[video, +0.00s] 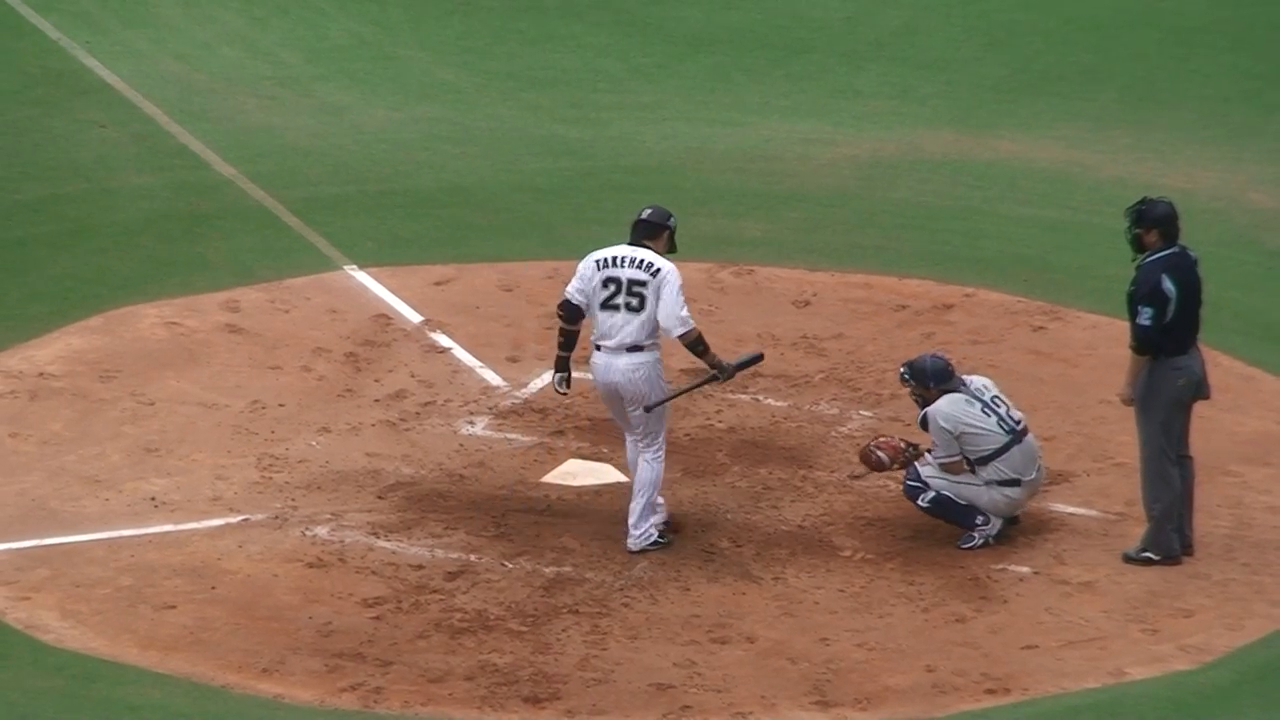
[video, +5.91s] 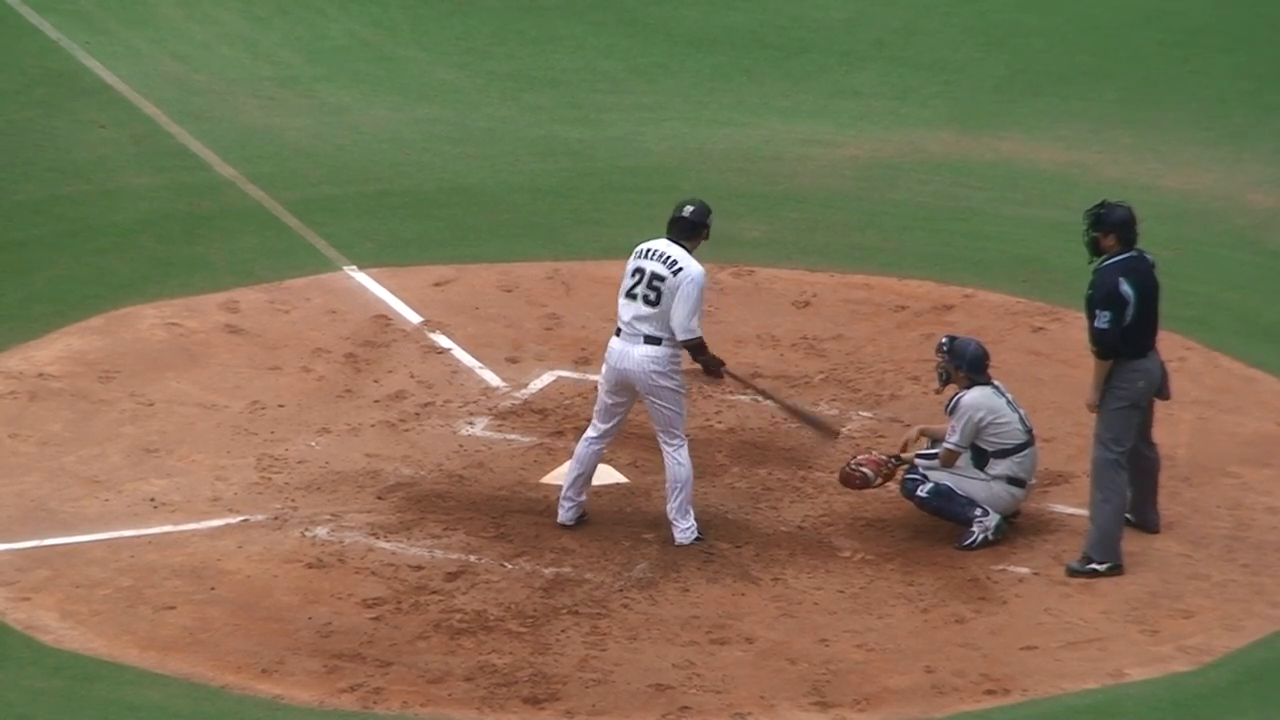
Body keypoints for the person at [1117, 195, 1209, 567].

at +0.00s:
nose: (1134, 234)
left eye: (1139, 229)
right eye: (1136, 228)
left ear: (1152, 235)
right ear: (1166, 232)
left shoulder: (1151, 273)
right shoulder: (1186, 260)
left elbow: (1143, 341)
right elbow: (1188, 322)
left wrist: (1129, 384)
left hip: (1163, 371)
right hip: (1187, 364)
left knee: (1157, 457)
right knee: (1177, 454)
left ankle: (1161, 542)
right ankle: (1179, 534)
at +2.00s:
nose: (1133, 236)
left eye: (1137, 231)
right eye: (1134, 229)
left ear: (1150, 236)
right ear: (1166, 233)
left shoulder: (1148, 275)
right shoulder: (1184, 260)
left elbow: (1140, 342)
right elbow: (1187, 323)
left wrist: (1126, 386)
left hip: (1161, 372)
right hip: (1186, 365)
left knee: (1155, 459)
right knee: (1175, 455)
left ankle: (1160, 544)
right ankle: (1178, 536)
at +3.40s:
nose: (1117, 243)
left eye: (1122, 238)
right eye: (1118, 237)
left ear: (1138, 241)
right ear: (1149, 240)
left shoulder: (1134, 282)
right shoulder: (1169, 267)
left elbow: (1128, 346)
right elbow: (1172, 324)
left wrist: (1117, 391)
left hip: (1148, 378)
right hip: (1173, 371)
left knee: (1124, 462)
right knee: (1167, 458)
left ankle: (1105, 555)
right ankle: (1177, 537)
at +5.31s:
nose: (1087, 237)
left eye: (1092, 232)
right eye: (1089, 230)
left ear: (1105, 238)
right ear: (1119, 235)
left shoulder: (1104, 277)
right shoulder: (1139, 262)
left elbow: (1100, 343)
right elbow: (1141, 322)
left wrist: (1088, 386)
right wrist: (1137, 359)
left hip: (1119, 373)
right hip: (1142, 365)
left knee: (1103, 458)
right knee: (1135, 442)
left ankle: (1101, 554)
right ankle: (1144, 512)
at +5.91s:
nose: (1092, 237)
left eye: (1097, 232)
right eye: (1095, 230)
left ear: (1109, 238)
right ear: (1126, 235)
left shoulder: (1108, 277)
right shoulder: (1142, 262)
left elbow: (1105, 344)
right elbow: (1145, 322)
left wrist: (1096, 388)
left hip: (1125, 373)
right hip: (1147, 364)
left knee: (1108, 458)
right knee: (1139, 443)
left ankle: (1103, 554)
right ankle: (1145, 512)